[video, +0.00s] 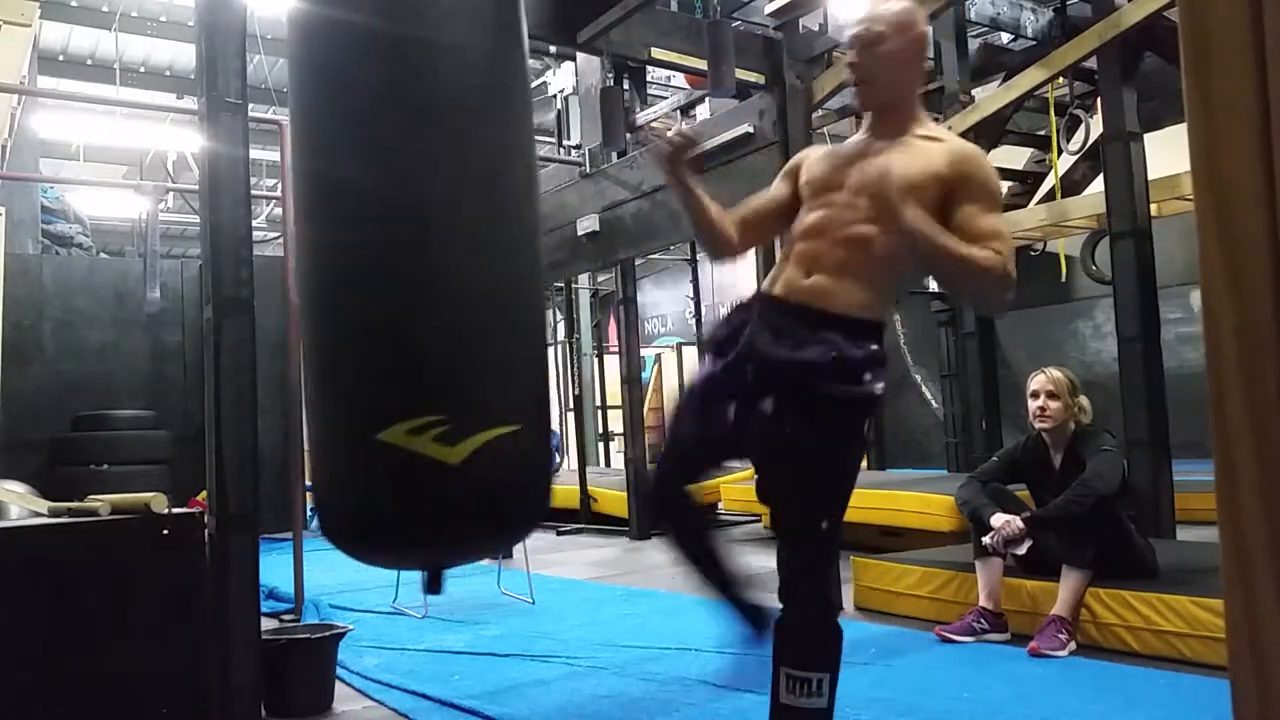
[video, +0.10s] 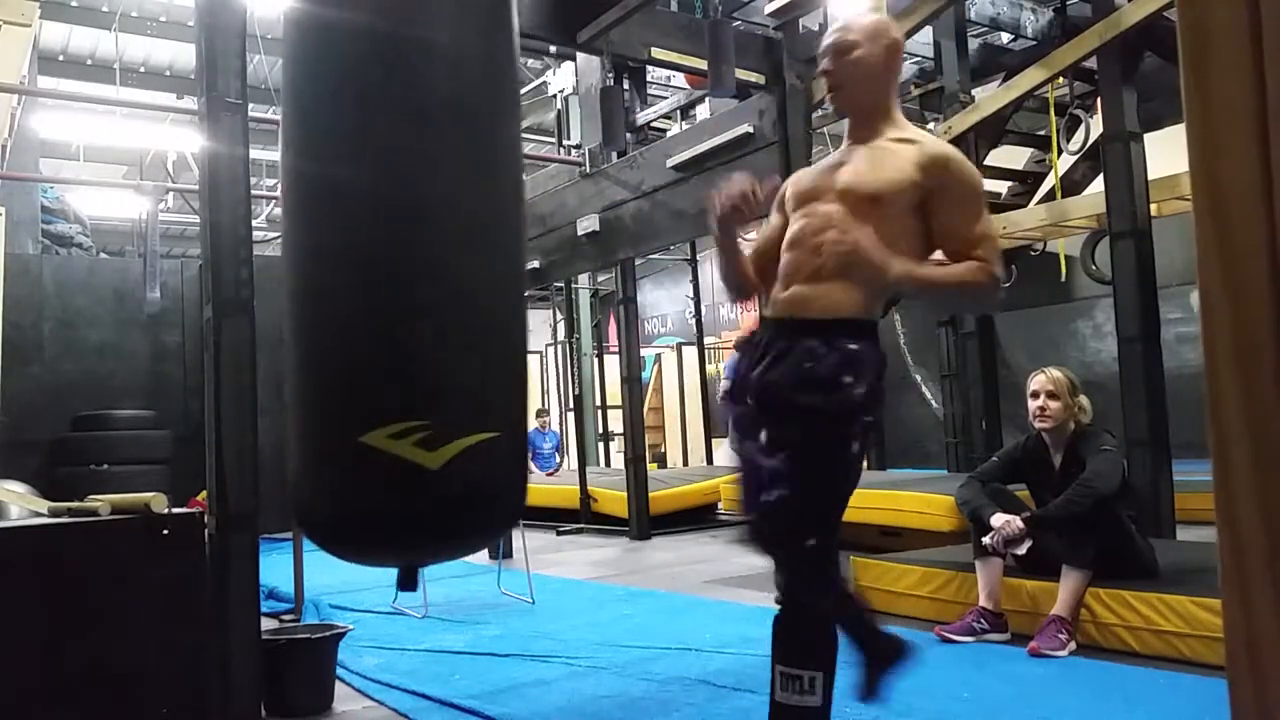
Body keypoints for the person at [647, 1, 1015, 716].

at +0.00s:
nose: (850, 57)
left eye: (867, 44)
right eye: (850, 46)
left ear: (914, 53)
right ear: (853, 60)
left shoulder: (956, 160)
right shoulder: (813, 161)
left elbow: (997, 281)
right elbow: (727, 238)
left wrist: (910, 217)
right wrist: (684, 177)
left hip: (836, 359)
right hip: (756, 338)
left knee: (805, 564)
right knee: (662, 486)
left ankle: (801, 713)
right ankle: (756, 618)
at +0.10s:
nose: (823, 64)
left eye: (841, 48)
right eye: (822, 54)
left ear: (893, 51)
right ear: (823, 72)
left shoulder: (935, 160)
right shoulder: (801, 181)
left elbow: (986, 275)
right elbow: (750, 284)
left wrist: (894, 269)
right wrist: (726, 232)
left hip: (838, 354)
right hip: (769, 352)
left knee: (803, 545)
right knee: (773, 528)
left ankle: (797, 711)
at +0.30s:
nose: (809, 117)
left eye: (817, 98)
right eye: (804, 105)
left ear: (862, 84)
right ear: (859, 91)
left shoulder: (880, 164)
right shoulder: (866, 174)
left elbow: (905, 261)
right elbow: (861, 305)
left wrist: (787, 268)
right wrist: (786, 317)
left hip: (849, 378)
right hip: (864, 379)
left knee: (790, 553)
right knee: (881, 550)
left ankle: (800, 711)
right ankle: (956, 703)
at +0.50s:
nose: (806, 133)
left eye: (812, 114)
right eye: (801, 120)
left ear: (855, 94)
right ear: (867, 101)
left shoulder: (840, 171)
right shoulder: (923, 180)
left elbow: (788, 256)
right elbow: (946, 301)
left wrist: (726, 213)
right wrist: (842, 316)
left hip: (853, 367)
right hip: (912, 367)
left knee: (808, 543)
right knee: (898, 534)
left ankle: (821, 710)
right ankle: (954, 700)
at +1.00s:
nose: (804, 127)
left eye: (815, 114)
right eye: (801, 118)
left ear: (863, 108)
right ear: (869, 119)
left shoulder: (825, 166)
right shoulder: (922, 190)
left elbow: (716, 194)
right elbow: (979, 294)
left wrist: (612, 235)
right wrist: (924, 356)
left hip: (870, 374)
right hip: (923, 376)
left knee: (796, 552)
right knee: (900, 542)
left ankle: (824, 712)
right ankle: (955, 703)